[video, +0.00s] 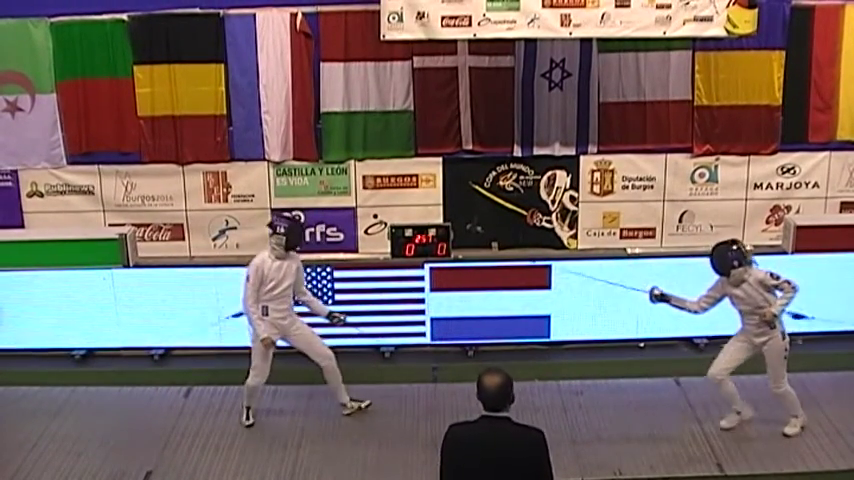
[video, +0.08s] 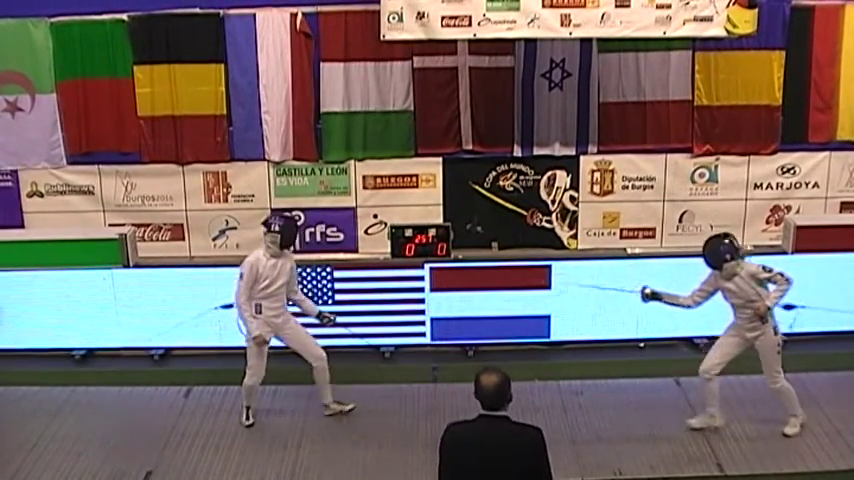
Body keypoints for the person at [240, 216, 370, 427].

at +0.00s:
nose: (274, 241)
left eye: (280, 238)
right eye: (273, 236)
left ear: (290, 242)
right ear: (270, 237)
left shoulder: (295, 263)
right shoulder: (259, 264)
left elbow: (302, 294)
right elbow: (249, 303)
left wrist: (328, 313)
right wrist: (262, 332)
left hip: (290, 321)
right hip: (265, 324)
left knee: (326, 357)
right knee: (257, 377)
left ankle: (346, 403)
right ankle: (248, 407)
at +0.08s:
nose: (271, 238)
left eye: (277, 234)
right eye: (269, 233)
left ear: (286, 239)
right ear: (264, 234)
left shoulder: (288, 262)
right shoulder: (252, 262)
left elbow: (294, 294)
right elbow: (241, 300)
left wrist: (318, 314)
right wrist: (254, 330)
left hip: (282, 319)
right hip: (257, 321)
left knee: (319, 357)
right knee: (255, 375)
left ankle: (328, 404)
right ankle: (247, 408)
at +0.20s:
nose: (266, 247)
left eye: (271, 245)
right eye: (263, 242)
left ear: (281, 246)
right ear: (259, 241)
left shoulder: (282, 264)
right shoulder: (248, 265)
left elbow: (288, 296)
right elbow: (236, 304)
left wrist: (313, 315)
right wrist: (243, 337)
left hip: (277, 321)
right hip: (252, 324)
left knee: (309, 362)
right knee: (253, 378)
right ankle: (247, 408)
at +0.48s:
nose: (268, 239)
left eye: (274, 236)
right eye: (266, 235)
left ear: (283, 240)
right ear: (262, 236)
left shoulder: (287, 262)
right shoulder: (252, 265)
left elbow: (297, 292)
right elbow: (240, 303)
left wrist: (328, 306)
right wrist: (250, 335)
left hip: (282, 320)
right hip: (258, 323)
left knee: (319, 356)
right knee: (255, 378)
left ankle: (310, 402)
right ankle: (247, 409)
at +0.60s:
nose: (275, 239)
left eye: (281, 235)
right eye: (273, 234)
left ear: (291, 238)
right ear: (270, 234)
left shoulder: (298, 258)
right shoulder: (260, 262)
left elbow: (315, 286)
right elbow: (251, 302)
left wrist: (347, 294)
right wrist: (263, 330)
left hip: (294, 319)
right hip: (269, 322)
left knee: (328, 356)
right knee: (260, 377)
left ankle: (328, 403)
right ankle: (248, 407)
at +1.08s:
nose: (262, 248)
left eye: (267, 244)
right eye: (259, 242)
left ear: (274, 248)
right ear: (254, 244)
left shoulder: (280, 268)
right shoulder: (245, 273)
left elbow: (293, 299)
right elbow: (236, 314)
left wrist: (325, 309)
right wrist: (248, 340)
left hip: (279, 329)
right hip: (254, 333)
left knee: (320, 357)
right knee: (242, 387)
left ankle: (328, 404)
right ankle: (221, 405)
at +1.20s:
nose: (249, 250)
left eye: (254, 248)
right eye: (246, 246)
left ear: (263, 250)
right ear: (241, 245)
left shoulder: (266, 266)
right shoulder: (231, 269)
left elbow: (276, 298)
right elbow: (220, 309)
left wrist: (303, 314)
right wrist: (231, 337)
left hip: (263, 326)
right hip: (239, 330)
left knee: (303, 360)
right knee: (232, 382)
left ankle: (325, 403)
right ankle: (220, 408)